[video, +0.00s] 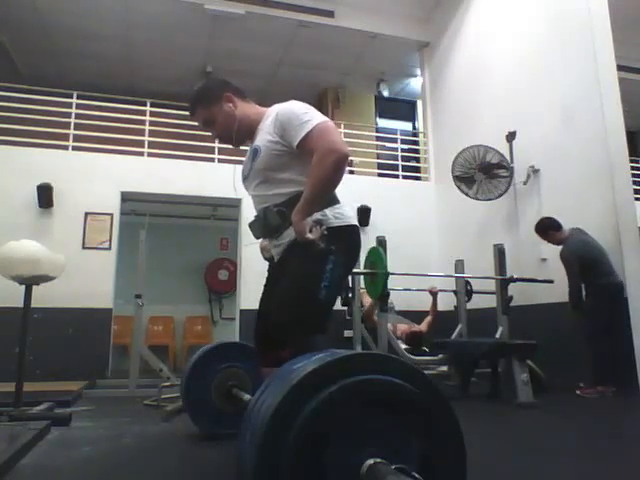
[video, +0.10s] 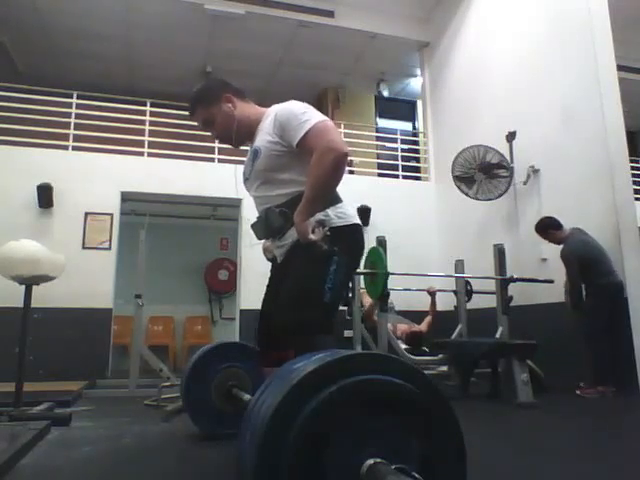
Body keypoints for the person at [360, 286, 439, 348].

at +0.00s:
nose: (412, 327)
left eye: (410, 330)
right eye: (414, 329)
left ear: (403, 338)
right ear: (416, 329)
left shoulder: (387, 334)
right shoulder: (421, 331)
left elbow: (367, 317)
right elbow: (432, 316)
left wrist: (376, 301)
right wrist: (434, 297)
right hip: (390, 314)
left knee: (364, 294)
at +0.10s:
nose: (412, 327)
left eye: (409, 331)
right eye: (414, 329)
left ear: (403, 339)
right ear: (416, 329)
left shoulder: (387, 334)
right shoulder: (421, 331)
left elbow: (367, 318)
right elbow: (431, 315)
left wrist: (376, 302)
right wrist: (433, 297)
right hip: (390, 313)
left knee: (363, 294)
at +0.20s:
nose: (413, 327)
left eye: (412, 331)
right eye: (415, 329)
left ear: (403, 339)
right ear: (416, 329)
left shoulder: (386, 334)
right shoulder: (421, 331)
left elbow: (368, 318)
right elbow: (431, 315)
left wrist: (377, 302)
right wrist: (432, 297)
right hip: (390, 314)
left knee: (363, 294)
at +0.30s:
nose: (414, 327)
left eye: (412, 330)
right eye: (416, 329)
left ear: (403, 338)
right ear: (417, 329)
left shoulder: (388, 334)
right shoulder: (421, 331)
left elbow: (368, 319)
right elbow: (431, 315)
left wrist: (377, 303)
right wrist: (432, 297)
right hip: (390, 313)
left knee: (363, 294)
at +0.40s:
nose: (414, 327)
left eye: (413, 331)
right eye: (416, 329)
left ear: (403, 338)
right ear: (417, 329)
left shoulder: (388, 334)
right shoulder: (421, 332)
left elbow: (369, 320)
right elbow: (431, 315)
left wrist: (377, 303)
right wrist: (432, 297)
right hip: (390, 314)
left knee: (364, 295)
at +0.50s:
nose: (414, 327)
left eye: (412, 331)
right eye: (416, 329)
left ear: (403, 338)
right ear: (417, 329)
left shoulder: (387, 334)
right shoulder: (421, 332)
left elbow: (368, 319)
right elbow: (431, 315)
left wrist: (377, 303)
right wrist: (432, 297)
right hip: (390, 313)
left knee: (364, 295)